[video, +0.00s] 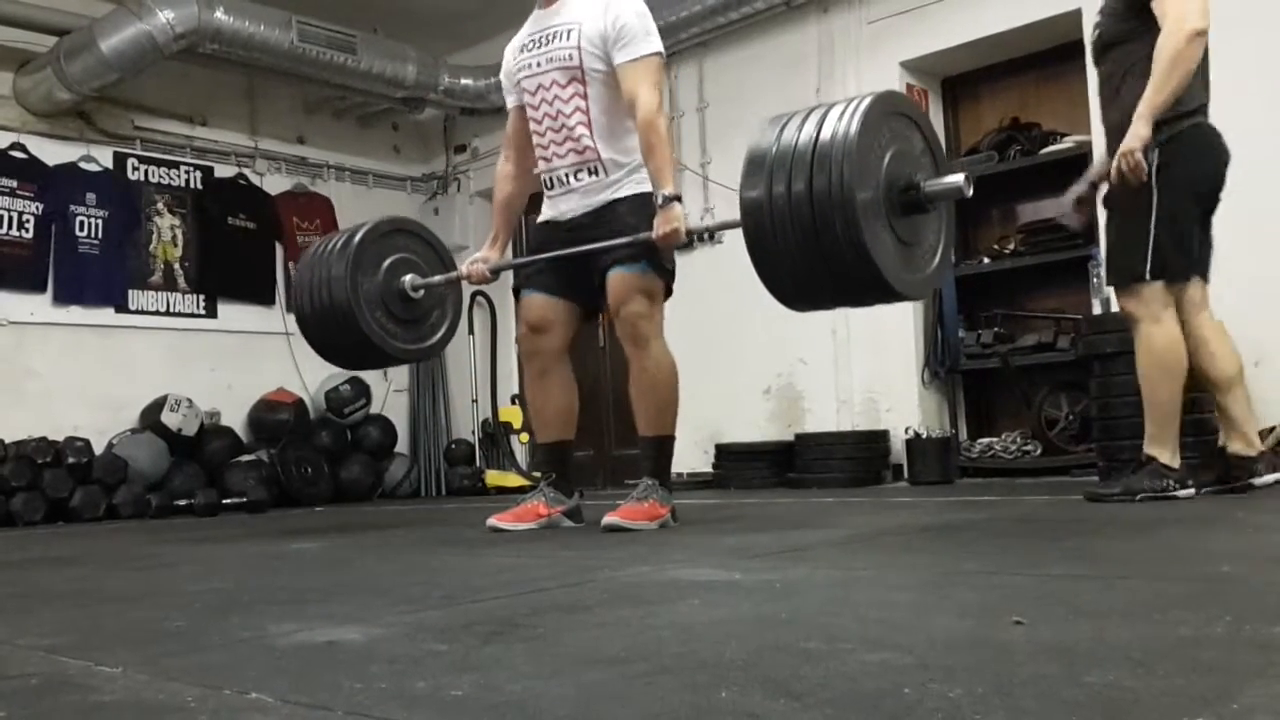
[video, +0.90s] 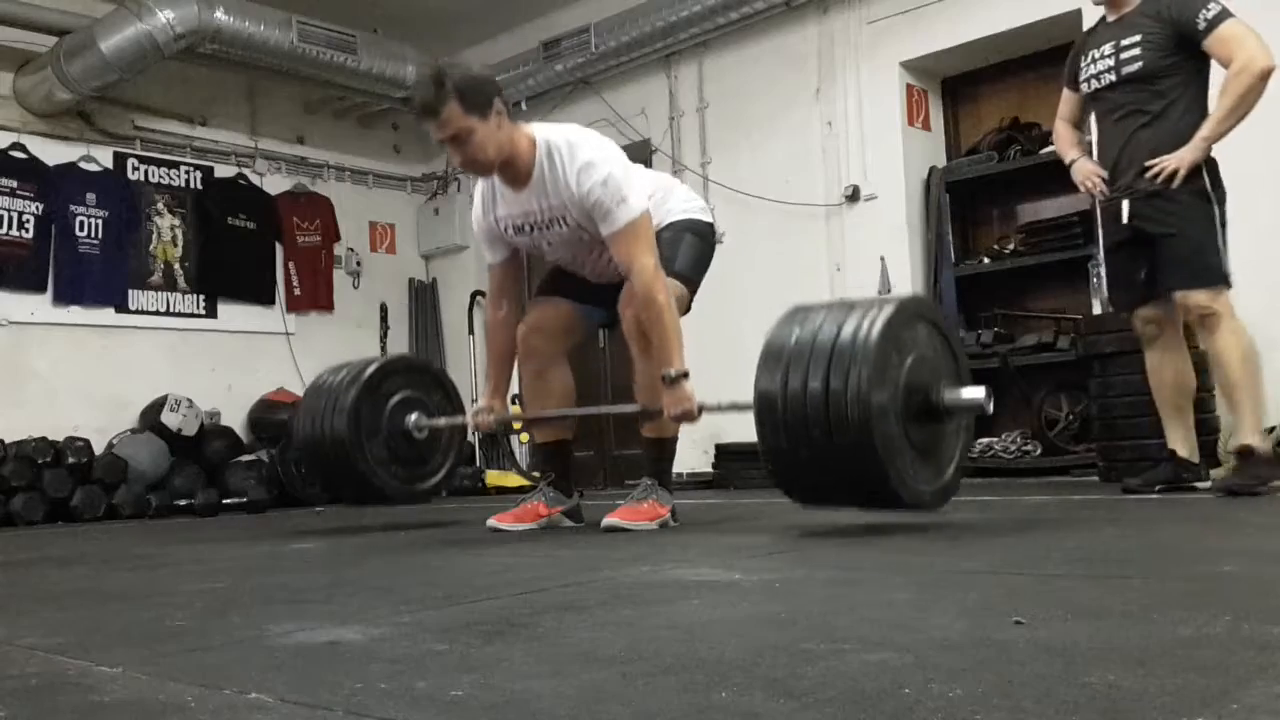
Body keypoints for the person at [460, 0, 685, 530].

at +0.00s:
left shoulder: (616, 11)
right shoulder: (515, 51)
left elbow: (646, 104)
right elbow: (514, 160)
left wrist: (667, 196)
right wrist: (493, 246)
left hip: (626, 195)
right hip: (556, 211)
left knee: (634, 315)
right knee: (538, 332)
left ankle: (655, 488)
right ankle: (556, 492)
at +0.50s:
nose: (465, 41)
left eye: (472, 20)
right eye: (456, 29)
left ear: (514, 9)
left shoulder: (593, 71)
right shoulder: (494, 114)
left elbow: (643, 178)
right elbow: (504, 221)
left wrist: (668, 276)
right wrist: (494, 311)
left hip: (658, 207)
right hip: (588, 226)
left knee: (651, 316)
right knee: (547, 333)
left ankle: (658, 489)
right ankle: (557, 491)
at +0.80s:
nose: (454, 126)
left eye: (461, 106)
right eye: (444, 115)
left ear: (500, 85)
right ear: (442, 115)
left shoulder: (584, 136)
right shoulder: (488, 179)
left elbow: (644, 245)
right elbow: (504, 283)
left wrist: (671, 351)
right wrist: (495, 372)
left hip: (669, 221)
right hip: (595, 250)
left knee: (640, 312)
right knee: (537, 335)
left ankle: (657, 491)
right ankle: (558, 494)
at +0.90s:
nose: (457, 157)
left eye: (462, 138)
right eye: (447, 146)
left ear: (498, 114)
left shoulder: (585, 162)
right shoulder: (489, 203)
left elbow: (645, 274)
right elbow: (503, 304)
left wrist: (674, 377)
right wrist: (495, 397)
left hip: (671, 227)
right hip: (595, 254)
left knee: (639, 315)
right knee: (536, 338)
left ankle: (657, 491)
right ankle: (557, 493)